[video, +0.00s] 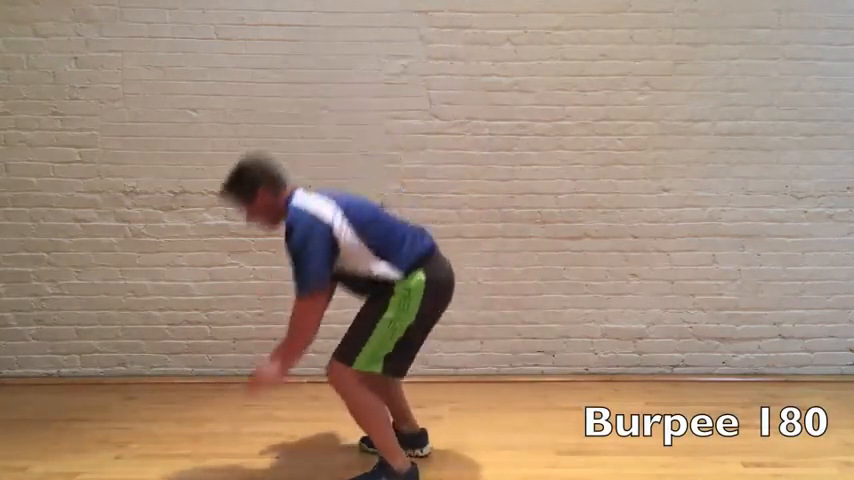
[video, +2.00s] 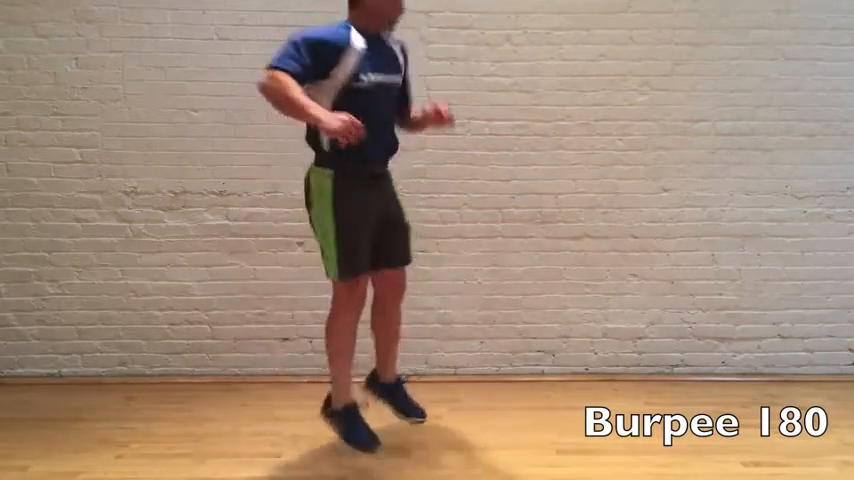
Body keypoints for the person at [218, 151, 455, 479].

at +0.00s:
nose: (248, 217)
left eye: (248, 206)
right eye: (244, 208)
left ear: (264, 193)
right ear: (270, 189)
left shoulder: (305, 219)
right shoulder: (311, 206)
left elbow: (311, 299)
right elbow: (319, 295)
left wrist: (281, 362)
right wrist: (285, 356)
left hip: (413, 281)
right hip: (423, 272)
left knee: (343, 372)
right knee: (373, 367)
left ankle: (398, 467)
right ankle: (408, 433)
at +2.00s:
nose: (400, 9)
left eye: (400, 3)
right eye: (393, 2)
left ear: (387, 8)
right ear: (366, 3)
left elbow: (400, 116)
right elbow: (273, 81)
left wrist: (423, 118)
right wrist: (322, 117)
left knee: (392, 282)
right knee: (350, 290)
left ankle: (386, 377)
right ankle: (340, 402)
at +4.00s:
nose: (513, 369)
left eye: (521, 366)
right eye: (520, 363)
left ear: (515, 340)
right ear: (515, 346)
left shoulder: (488, 324)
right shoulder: (485, 338)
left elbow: (463, 383)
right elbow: (477, 413)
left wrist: (476, 427)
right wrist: (484, 474)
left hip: (381, 248)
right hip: (375, 257)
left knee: (378, 351)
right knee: (387, 373)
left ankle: (321, 409)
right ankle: (308, 410)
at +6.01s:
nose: (234, 416)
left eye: (229, 410)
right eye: (228, 411)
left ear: (239, 393)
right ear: (241, 382)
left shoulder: (278, 391)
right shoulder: (282, 368)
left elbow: (328, 425)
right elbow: (329, 405)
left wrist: (322, 478)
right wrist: (322, 439)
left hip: (407, 389)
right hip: (410, 371)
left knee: (510, 429)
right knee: (509, 410)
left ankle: (626, 431)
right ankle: (608, 403)